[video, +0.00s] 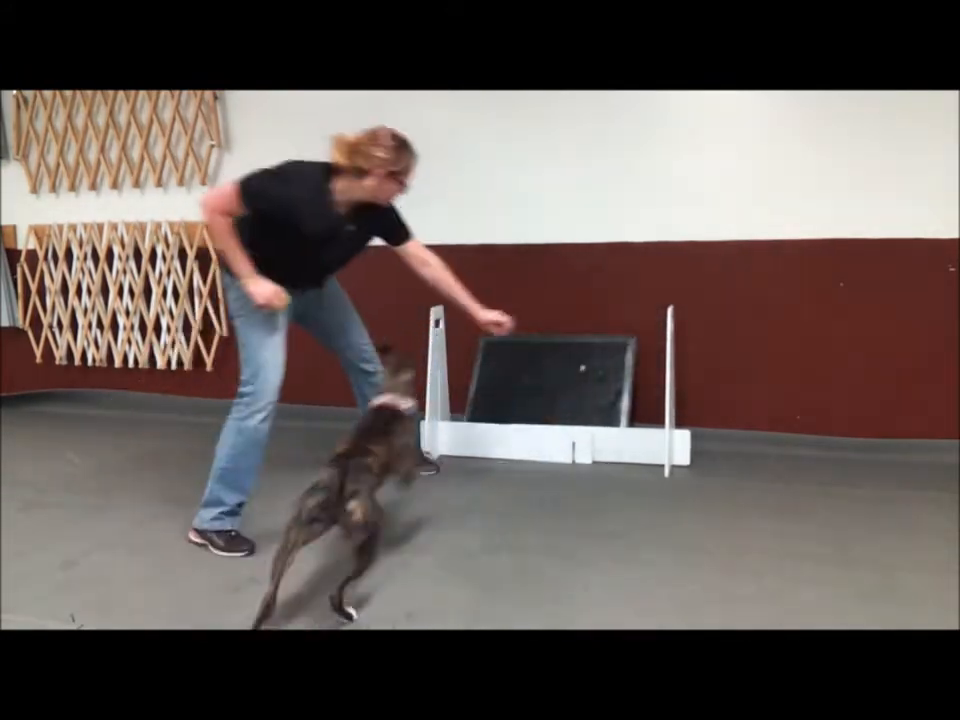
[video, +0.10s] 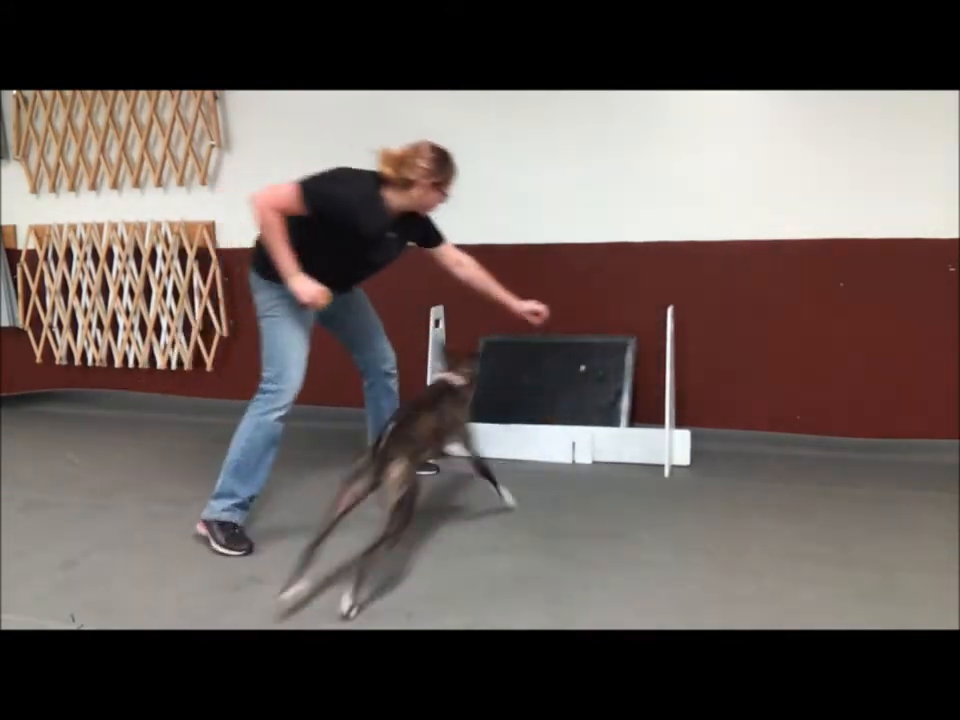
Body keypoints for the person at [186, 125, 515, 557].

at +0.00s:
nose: (402, 189)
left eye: (404, 180)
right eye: (398, 179)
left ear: (376, 177)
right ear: (373, 174)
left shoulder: (377, 211)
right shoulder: (295, 183)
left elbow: (422, 260)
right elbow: (214, 206)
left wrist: (478, 312)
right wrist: (249, 278)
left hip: (313, 285)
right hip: (258, 282)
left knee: (365, 361)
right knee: (261, 394)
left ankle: (397, 454)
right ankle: (214, 521)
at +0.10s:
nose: (440, 200)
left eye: (443, 193)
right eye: (438, 191)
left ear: (426, 187)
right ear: (417, 181)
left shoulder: (413, 223)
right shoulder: (348, 188)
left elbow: (458, 263)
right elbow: (266, 203)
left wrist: (515, 305)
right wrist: (294, 276)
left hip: (337, 289)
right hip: (281, 282)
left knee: (381, 363)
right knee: (281, 388)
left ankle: (390, 461)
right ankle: (222, 515)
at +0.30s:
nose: (478, 212)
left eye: (480, 207)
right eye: (478, 204)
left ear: (460, 197)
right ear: (464, 197)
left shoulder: (446, 229)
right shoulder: (412, 198)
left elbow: (481, 253)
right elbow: (341, 213)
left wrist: (523, 275)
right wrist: (372, 280)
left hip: (354, 272)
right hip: (317, 266)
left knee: (395, 354)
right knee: (340, 374)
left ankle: (392, 455)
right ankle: (273, 488)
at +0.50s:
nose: (485, 200)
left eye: (488, 194)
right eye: (486, 192)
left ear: (468, 183)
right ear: (471, 184)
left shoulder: (444, 201)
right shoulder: (425, 194)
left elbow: (450, 218)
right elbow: (357, 221)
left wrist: (474, 230)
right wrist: (391, 275)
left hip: (363, 264)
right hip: (334, 263)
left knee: (407, 353)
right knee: (391, 359)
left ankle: (398, 455)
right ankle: (370, 483)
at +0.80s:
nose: (486, 226)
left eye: (489, 220)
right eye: (486, 219)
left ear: (465, 207)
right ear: (469, 213)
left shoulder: (441, 228)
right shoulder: (406, 216)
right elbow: (353, 273)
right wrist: (403, 320)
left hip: (362, 261)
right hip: (312, 253)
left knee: (404, 347)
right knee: (323, 342)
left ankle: (391, 456)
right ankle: (337, 460)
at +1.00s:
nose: (422, 279)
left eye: (426, 271)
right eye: (417, 271)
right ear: (387, 261)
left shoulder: (404, 264)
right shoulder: (338, 260)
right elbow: (333, 362)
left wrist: (373, 313)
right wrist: (369, 436)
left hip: (357, 294)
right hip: (288, 287)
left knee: (399, 368)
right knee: (273, 389)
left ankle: (396, 463)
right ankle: (275, 516)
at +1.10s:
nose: (349, 302)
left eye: (358, 292)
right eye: (338, 293)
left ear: (371, 283)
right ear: (312, 282)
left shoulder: (376, 266)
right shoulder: (281, 289)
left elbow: (367, 303)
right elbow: (288, 378)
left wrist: (339, 335)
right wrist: (289, 470)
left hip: (347, 313)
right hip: (266, 300)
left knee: (385, 374)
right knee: (245, 403)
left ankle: (385, 446)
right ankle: (269, 524)